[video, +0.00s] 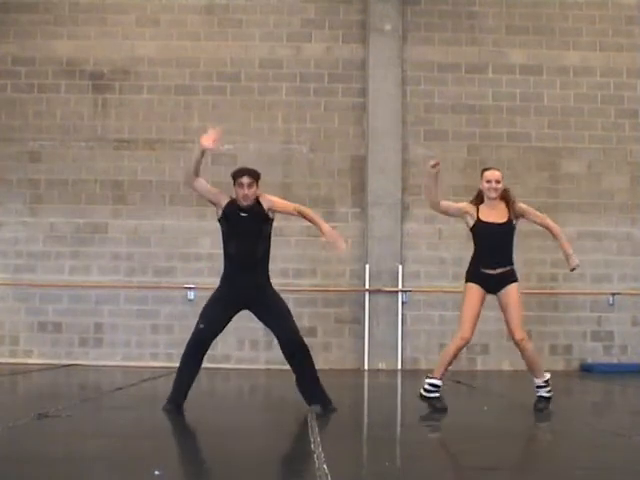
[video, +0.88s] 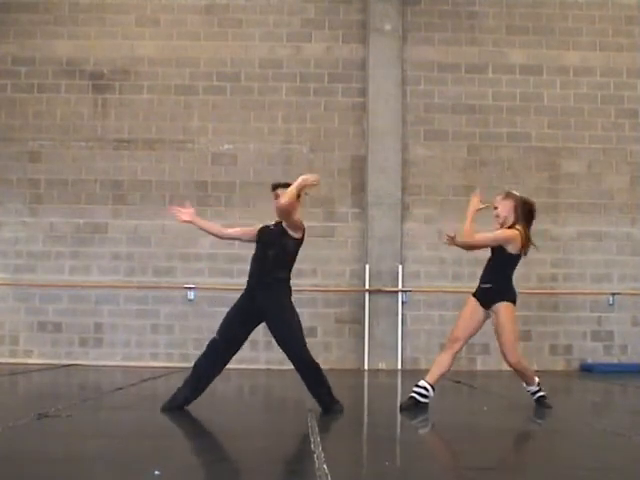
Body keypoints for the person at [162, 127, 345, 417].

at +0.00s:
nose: (246, 191)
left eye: (250, 187)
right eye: (241, 186)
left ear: (257, 188)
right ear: (234, 188)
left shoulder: (267, 204)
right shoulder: (224, 204)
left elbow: (301, 211)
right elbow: (193, 180)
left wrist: (326, 229)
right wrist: (201, 152)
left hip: (261, 292)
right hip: (229, 292)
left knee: (292, 341)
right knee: (199, 340)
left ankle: (317, 398)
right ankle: (176, 399)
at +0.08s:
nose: (243, 197)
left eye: (247, 192)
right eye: (237, 192)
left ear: (254, 194)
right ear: (231, 195)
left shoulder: (267, 215)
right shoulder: (221, 216)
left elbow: (300, 226)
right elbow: (187, 209)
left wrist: (316, 254)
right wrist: (200, 183)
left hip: (260, 300)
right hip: (227, 300)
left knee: (294, 348)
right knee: (196, 343)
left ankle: (322, 403)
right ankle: (175, 403)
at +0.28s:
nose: (231, 200)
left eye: (236, 195)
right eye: (227, 195)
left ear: (245, 198)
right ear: (221, 200)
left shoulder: (260, 223)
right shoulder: (215, 228)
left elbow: (292, 246)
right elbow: (176, 232)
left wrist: (313, 273)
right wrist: (186, 203)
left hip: (261, 302)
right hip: (229, 304)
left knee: (295, 348)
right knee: (199, 347)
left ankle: (316, 398)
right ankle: (178, 399)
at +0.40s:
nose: (239, 193)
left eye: (244, 189)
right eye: (235, 189)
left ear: (252, 192)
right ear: (229, 194)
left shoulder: (264, 214)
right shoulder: (222, 216)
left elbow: (283, 210)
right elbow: (186, 202)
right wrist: (178, 176)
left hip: (267, 296)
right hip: (235, 297)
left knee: (301, 346)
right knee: (204, 344)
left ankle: (325, 401)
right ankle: (180, 397)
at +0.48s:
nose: (252, 194)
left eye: (257, 190)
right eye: (247, 190)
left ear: (266, 193)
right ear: (241, 194)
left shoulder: (275, 214)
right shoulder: (231, 215)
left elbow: (301, 196)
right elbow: (193, 199)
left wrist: (293, 172)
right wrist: (161, 181)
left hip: (269, 298)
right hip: (237, 298)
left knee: (301, 348)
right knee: (205, 345)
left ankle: (327, 401)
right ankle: (180, 397)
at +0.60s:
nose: (262, 200)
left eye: (267, 195)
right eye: (257, 196)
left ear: (274, 199)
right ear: (251, 199)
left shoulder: (281, 223)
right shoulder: (236, 222)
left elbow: (316, 223)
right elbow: (198, 223)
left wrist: (304, 199)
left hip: (272, 302)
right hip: (239, 302)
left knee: (305, 348)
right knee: (206, 346)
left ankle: (327, 402)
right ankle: (179, 398)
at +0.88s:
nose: (280, 201)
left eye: (284, 198)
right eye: (277, 198)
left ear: (296, 201)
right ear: (274, 201)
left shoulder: (295, 230)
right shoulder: (266, 231)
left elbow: (283, 207)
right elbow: (225, 233)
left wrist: (298, 185)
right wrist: (193, 219)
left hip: (277, 303)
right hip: (251, 300)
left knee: (300, 357)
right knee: (220, 347)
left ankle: (330, 404)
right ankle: (183, 396)